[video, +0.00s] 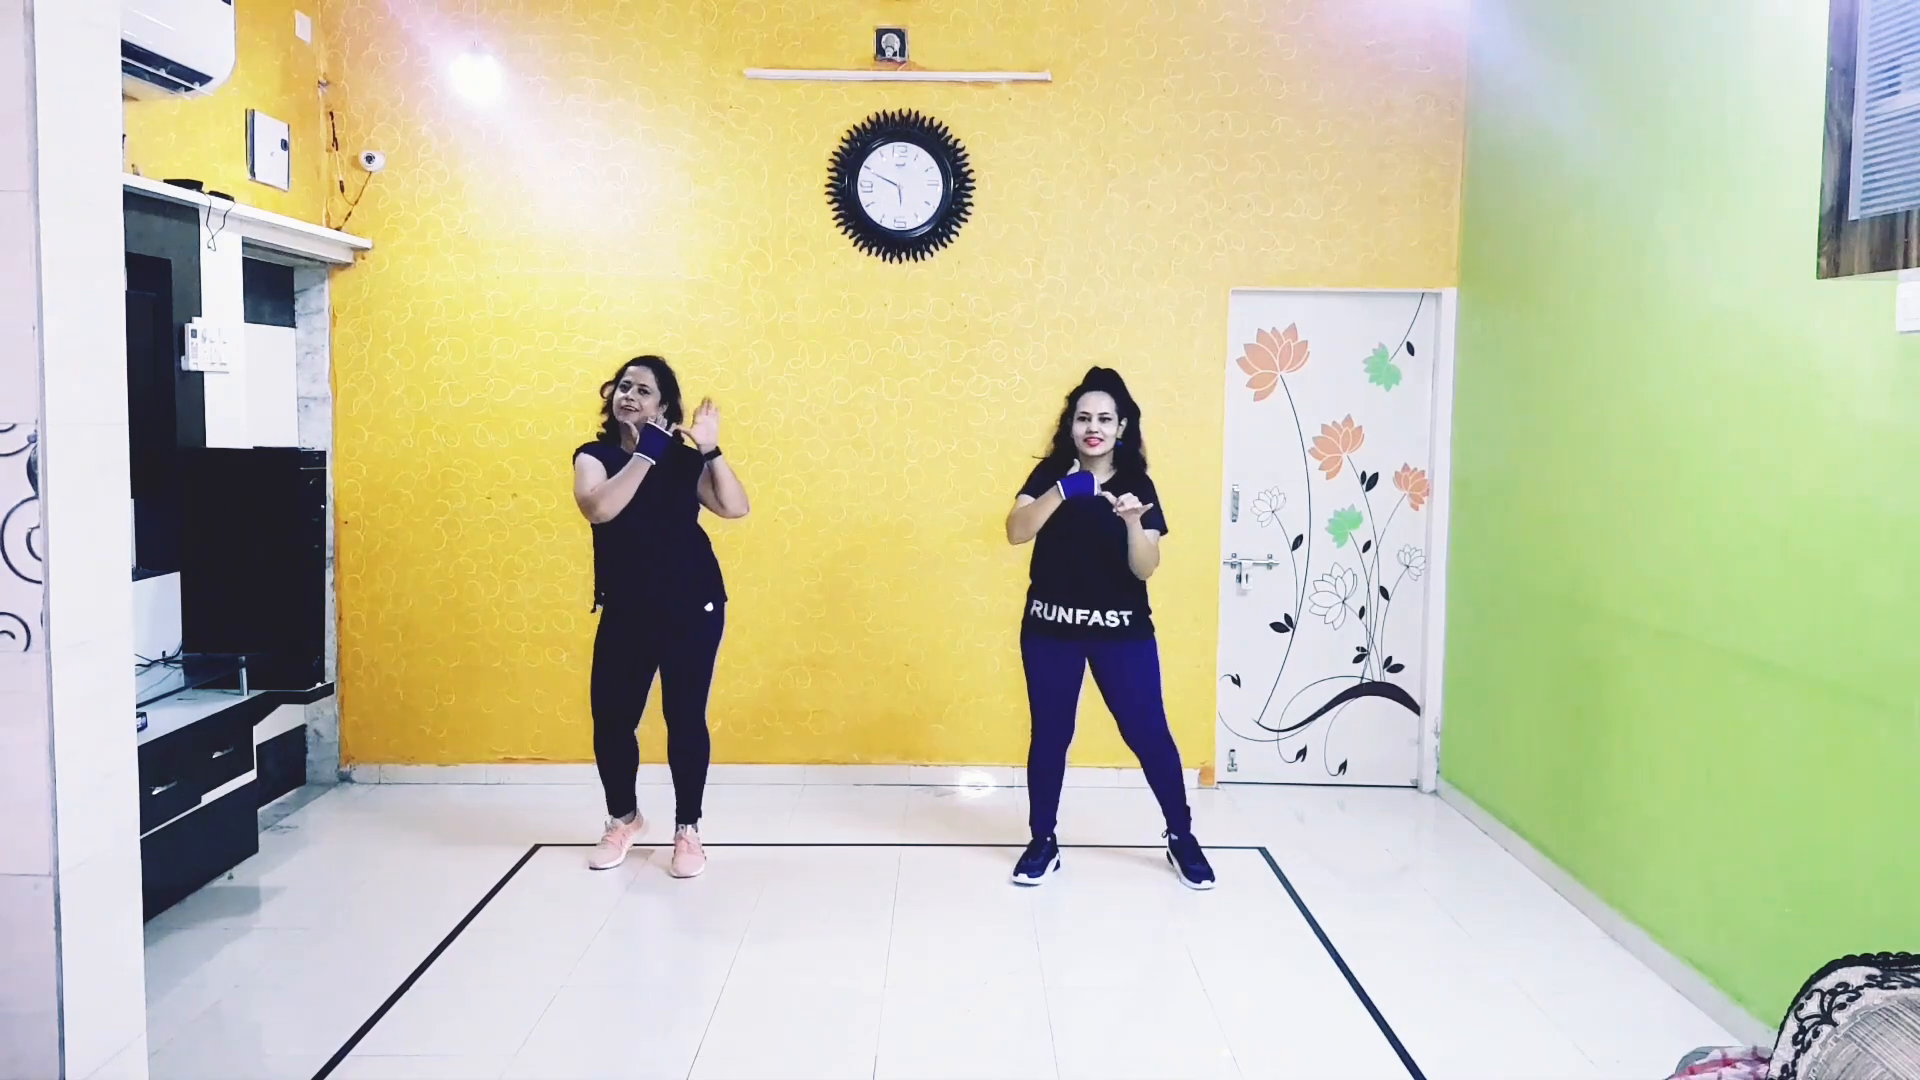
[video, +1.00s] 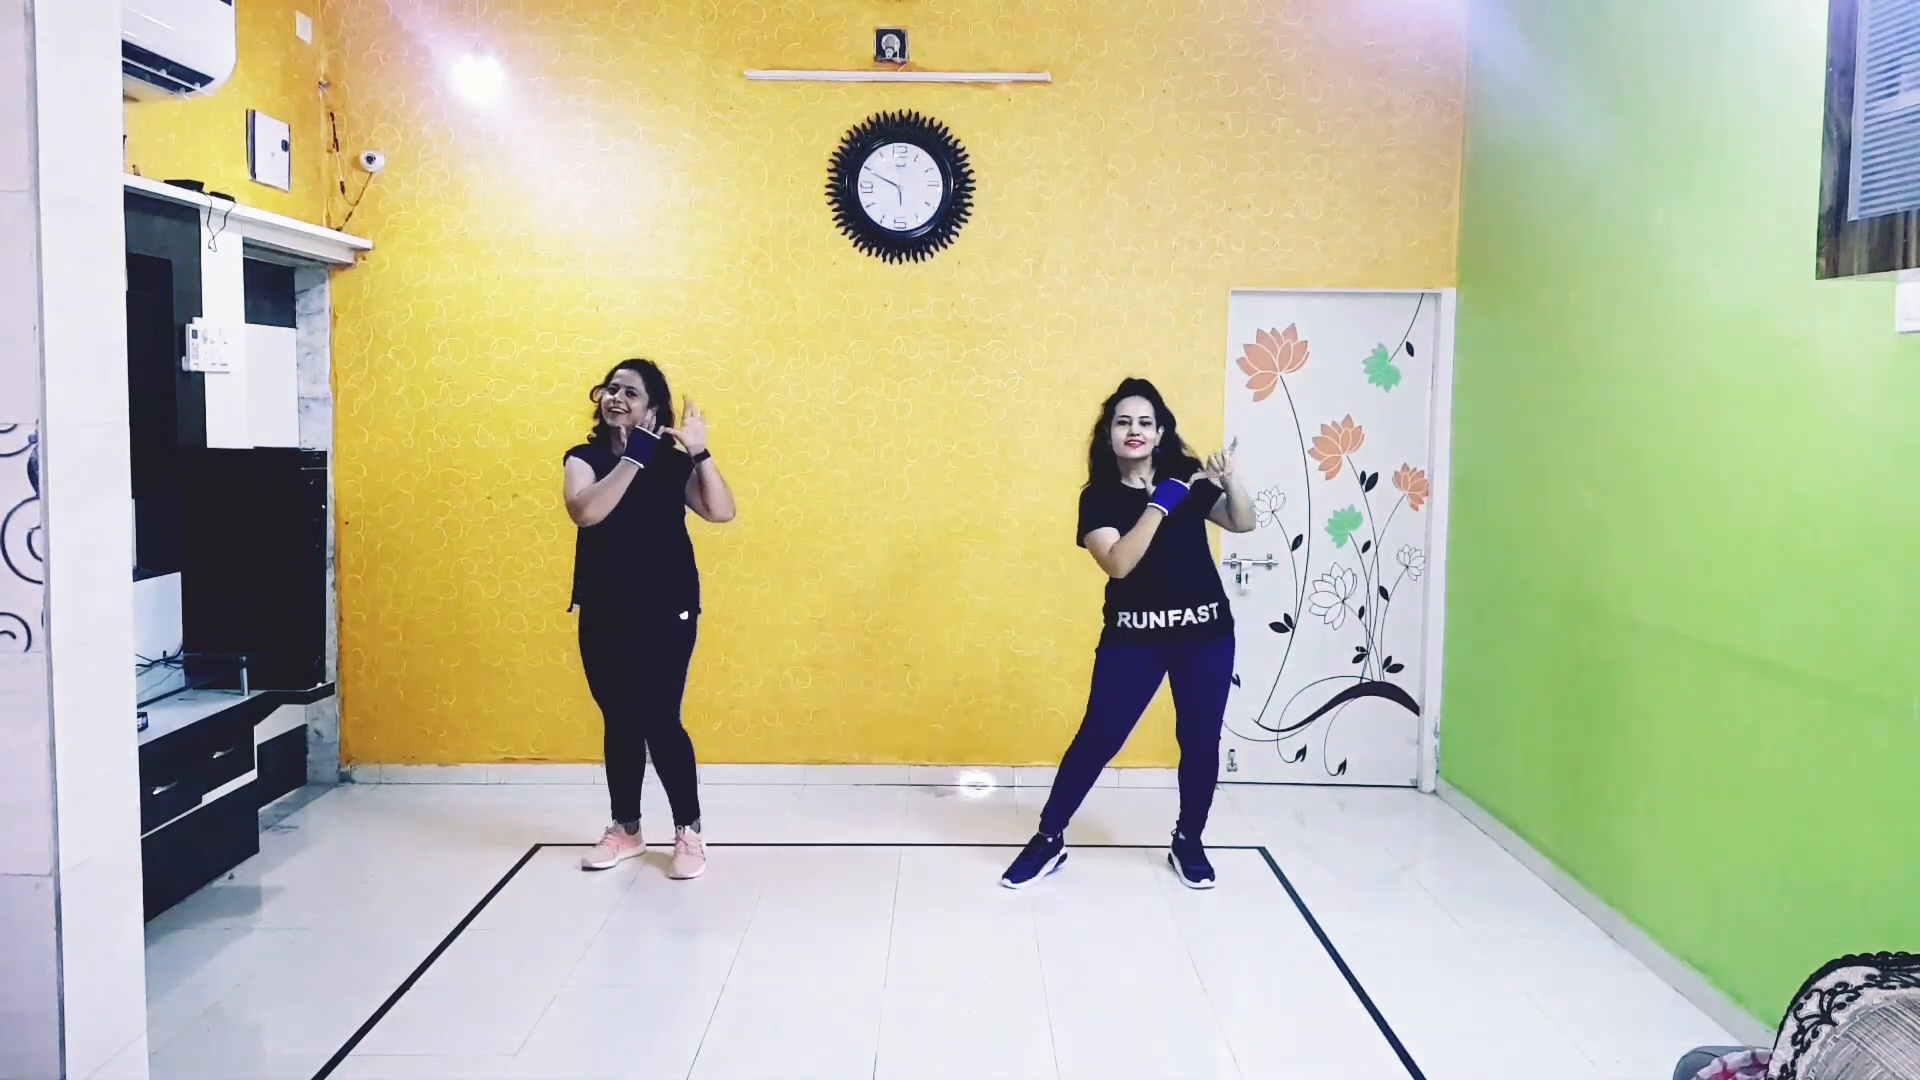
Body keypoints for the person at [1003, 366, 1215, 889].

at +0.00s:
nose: (1094, 427)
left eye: (1105, 418)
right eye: (1084, 416)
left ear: (1123, 426)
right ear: (1070, 423)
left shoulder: (1137, 484)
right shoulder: (1051, 473)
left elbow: (1146, 567)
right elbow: (1016, 532)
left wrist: (1135, 524)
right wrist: (1064, 489)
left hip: (1122, 630)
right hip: (1052, 627)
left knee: (1151, 738)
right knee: (1049, 737)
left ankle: (1182, 836)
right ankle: (1042, 840)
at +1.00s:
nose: (1134, 431)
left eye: (1145, 422)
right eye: (1124, 422)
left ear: (1161, 431)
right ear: (1108, 432)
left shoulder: (1186, 478)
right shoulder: (1098, 496)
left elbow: (1242, 521)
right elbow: (1117, 564)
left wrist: (1232, 484)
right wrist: (1160, 505)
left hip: (1203, 631)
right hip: (1133, 634)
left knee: (1201, 743)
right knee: (1097, 740)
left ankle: (1189, 840)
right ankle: (1049, 837)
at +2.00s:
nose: (1063, 439)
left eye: (1072, 428)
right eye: (1051, 430)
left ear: (1089, 431)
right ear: (1037, 434)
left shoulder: (1101, 496)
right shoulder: (1019, 477)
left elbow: (1115, 573)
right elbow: (1012, 538)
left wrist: (1128, 525)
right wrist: (1063, 495)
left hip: (1086, 632)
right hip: (1019, 631)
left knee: (1123, 736)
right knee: (1027, 742)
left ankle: (1160, 838)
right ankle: (1029, 842)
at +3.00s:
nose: (1139, 445)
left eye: (1150, 433)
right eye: (1129, 435)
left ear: (1172, 436)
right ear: (1117, 443)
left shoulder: (1200, 497)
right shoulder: (1112, 496)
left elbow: (1223, 573)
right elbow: (1088, 573)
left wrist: (1211, 636)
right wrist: (1113, 539)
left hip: (1188, 643)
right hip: (1119, 641)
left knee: (1189, 755)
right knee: (1083, 744)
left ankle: (1187, 845)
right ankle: (1035, 840)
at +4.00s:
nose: (1057, 429)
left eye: (1066, 420)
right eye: (1045, 419)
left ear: (1077, 427)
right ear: (1025, 425)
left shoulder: (1087, 475)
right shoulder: (1008, 483)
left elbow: (1101, 547)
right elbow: (1016, 559)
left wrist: (1114, 610)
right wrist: (1048, 489)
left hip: (1101, 627)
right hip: (1036, 633)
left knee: (1135, 734)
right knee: (1038, 746)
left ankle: (1169, 836)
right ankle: (1030, 843)